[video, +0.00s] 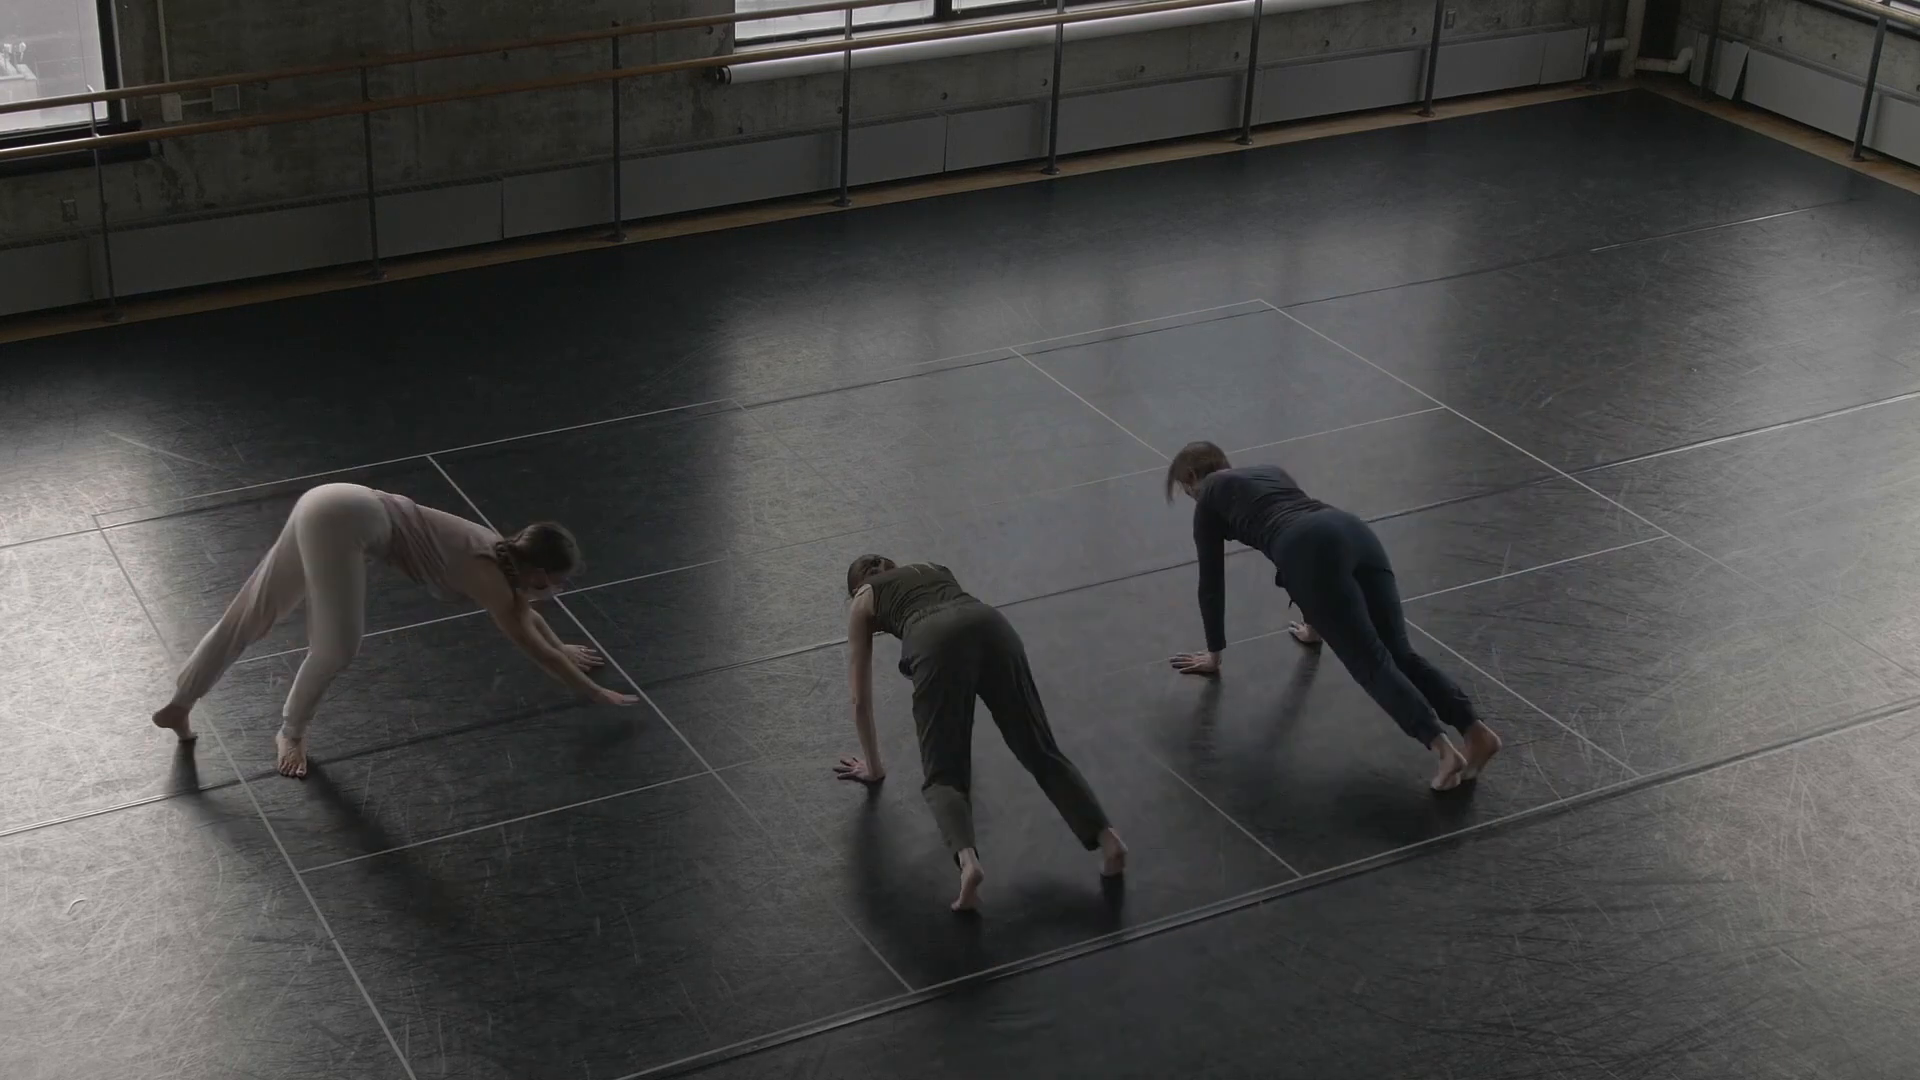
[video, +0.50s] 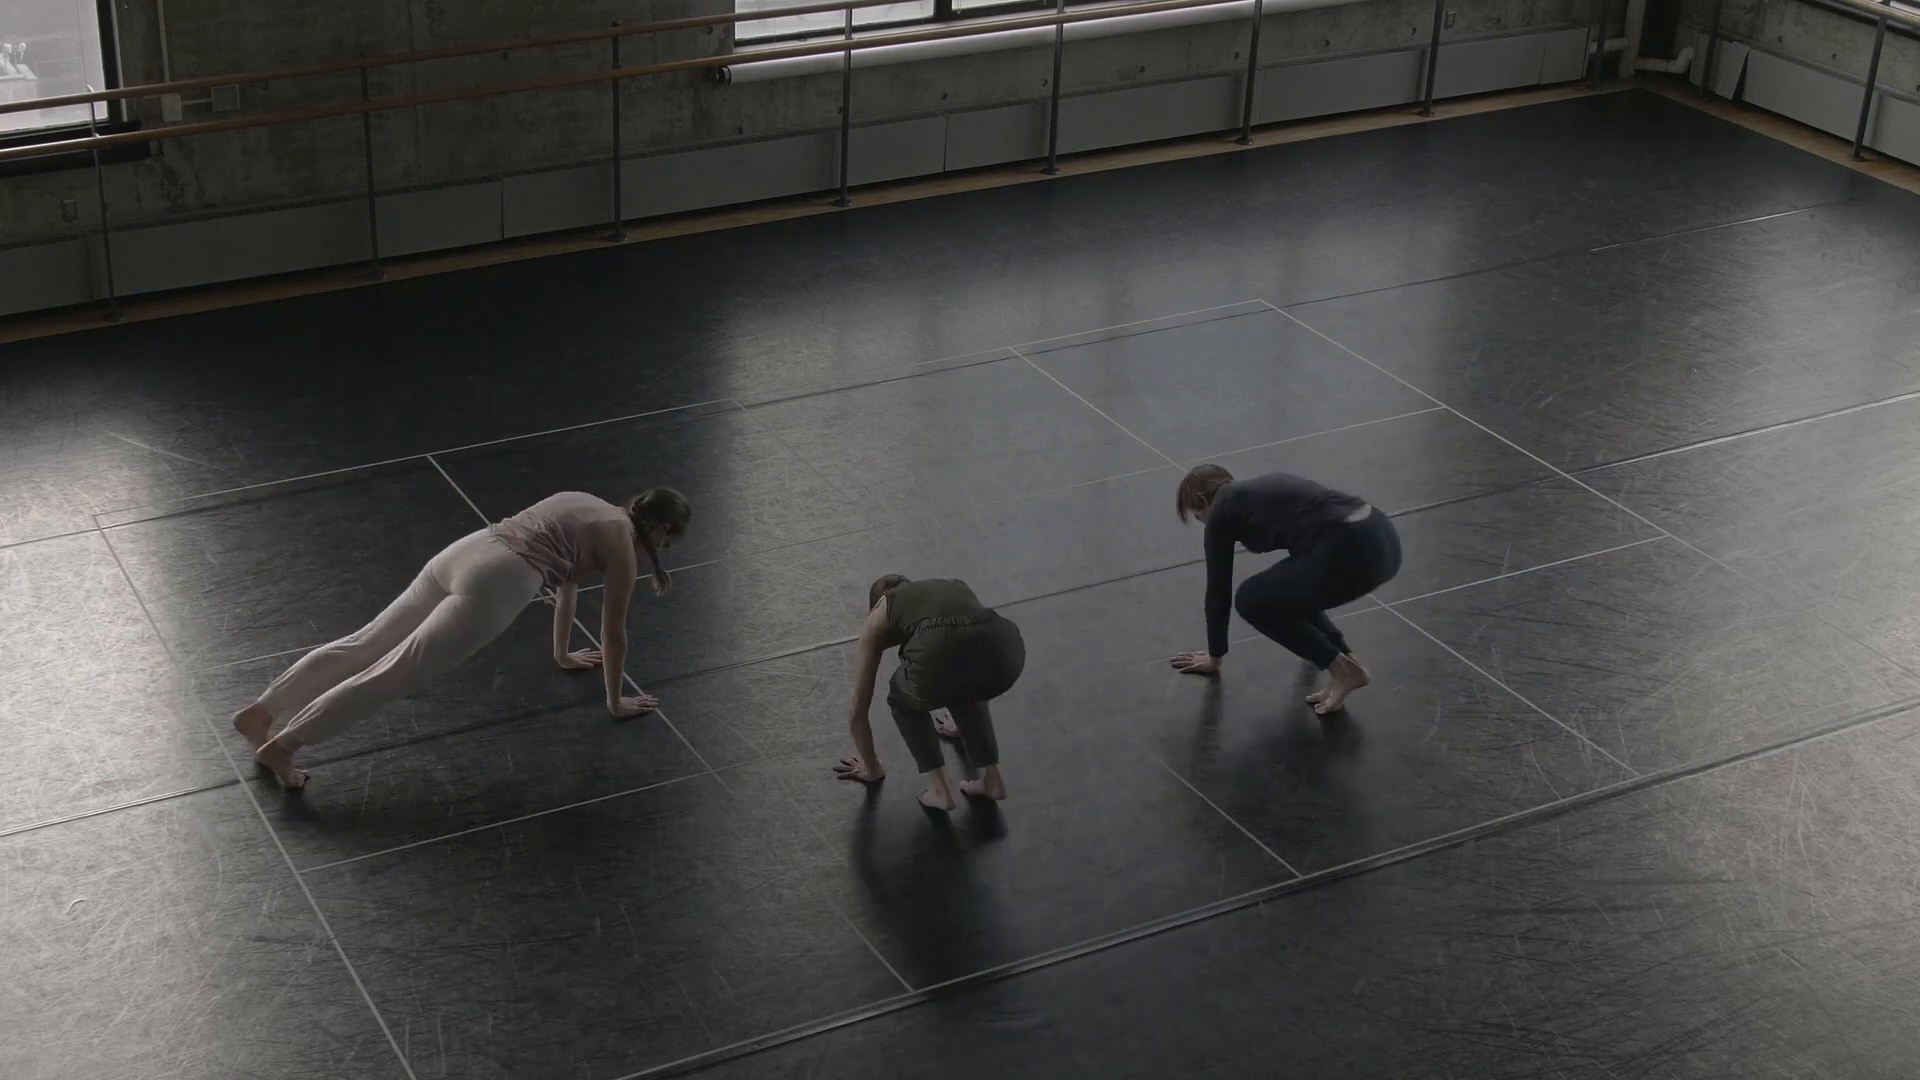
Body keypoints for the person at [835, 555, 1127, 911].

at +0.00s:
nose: (858, 603)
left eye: (857, 597)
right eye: (857, 597)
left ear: (861, 588)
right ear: (890, 564)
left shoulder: (864, 600)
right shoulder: (933, 570)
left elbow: (860, 698)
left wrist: (873, 768)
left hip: (936, 644)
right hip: (992, 627)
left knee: (943, 772)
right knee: (1040, 748)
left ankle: (967, 861)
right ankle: (1107, 838)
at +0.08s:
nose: (860, 606)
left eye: (859, 599)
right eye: (858, 600)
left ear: (864, 586)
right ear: (888, 569)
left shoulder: (866, 599)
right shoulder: (933, 570)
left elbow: (860, 698)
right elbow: (970, 644)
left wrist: (873, 768)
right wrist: (962, 724)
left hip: (933, 625)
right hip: (992, 613)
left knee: (930, 750)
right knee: (1017, 732)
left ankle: (959, 830)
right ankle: (1071, 819)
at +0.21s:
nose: (864, 610)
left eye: (863, 602)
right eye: (862, 604)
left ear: (869, 590)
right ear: (889, 572)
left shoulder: (871, 601)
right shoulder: (938, 569)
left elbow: (863, 698)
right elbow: (975, 647)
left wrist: (873, 769)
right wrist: (960, 726)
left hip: (933, 613)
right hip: (997, 602)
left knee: (911, 712)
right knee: (982, 706)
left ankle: (946, 798)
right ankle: (1026, 794)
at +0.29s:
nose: (868, 612)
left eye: (869, 605)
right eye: (867, 606)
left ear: (875, 592)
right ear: (899, 571)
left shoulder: (875, 603)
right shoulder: (945, 570)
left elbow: (863, 697)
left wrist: (873, 768)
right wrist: (961, 725)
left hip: (932, 618)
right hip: (999, 608)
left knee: (904, 692)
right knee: (966, 684)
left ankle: (938, 785)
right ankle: (1003, 777)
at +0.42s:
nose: (872, 613)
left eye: (872, 607)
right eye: (871, 607)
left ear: (877, 597)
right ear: (903, 577)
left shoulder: (878, 608)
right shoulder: (951, 580)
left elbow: (861, 700)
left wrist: (872, 768)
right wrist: (961, 724)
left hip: (934, 649)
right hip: (1001, 639)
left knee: (902, 689)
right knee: (961, 677)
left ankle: (937, 784)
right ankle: (990, 770)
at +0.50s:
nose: (871, 620)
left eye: (871, 614)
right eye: (869, 615)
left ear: (879, 605)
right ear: (907, 584)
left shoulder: (880, 615)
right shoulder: (956, 587)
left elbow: (857, 711)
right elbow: (972, 653)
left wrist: (873, 769)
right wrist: (961, 724)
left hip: (937, 665)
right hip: (1005, 654)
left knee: (903, 701)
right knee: (964, 690)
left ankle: (941, 791)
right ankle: (993, 782)